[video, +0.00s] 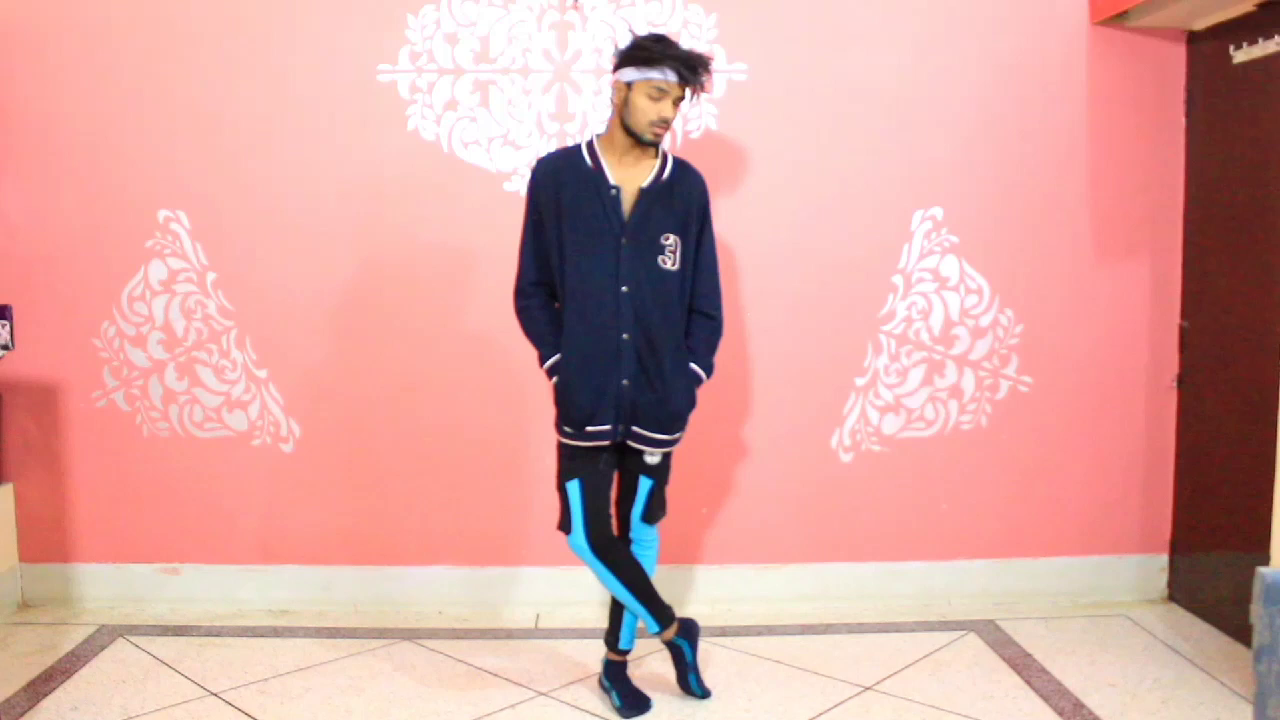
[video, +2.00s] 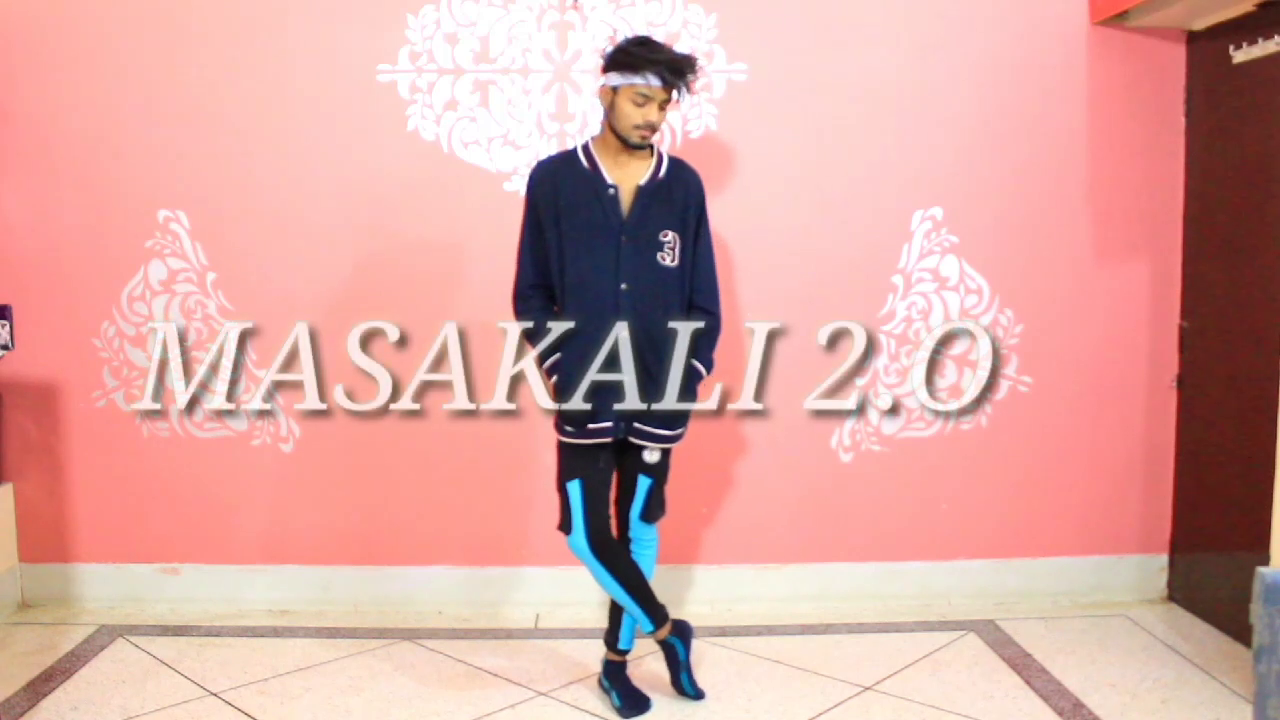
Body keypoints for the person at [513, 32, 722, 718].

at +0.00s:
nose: (666, 109)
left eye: (675, 98)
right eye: (655, 94)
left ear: (680, 105)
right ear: (619, 92)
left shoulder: (685, 183)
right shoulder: (558, 172)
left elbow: (705, 292)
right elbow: (533, 285)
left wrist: (694, 369)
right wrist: (555, 360)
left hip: (662, 386)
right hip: (585, 384)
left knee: (640, 528)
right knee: (587, 533)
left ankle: (616, 661)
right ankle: (674, 632)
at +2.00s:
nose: (652, 114)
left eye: (662, 102)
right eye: (640, 99)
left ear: (671, 106)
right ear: (607, 97)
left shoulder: (681, 181)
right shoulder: (555, 176)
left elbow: (703, 291)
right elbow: (531, 289)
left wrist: (696, 367)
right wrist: (557, 360)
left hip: (661, 383)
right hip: (585, 383)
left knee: (640, 525)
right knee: (586, 531)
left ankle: (616, 660)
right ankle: (668, 632)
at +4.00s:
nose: (669, 120)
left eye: (683, 110)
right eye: (660, 103)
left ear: (696, 117)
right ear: (635, 98)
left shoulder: (699, 196)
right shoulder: (575, 169)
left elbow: (712, 299)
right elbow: (539, 275)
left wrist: (703, 372)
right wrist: (559, 347)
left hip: (665, 386)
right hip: (588, 380)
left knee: (643, 524)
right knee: (586, 526)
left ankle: (619, 661)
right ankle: (669, 634)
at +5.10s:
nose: (618, 81)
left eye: (632, 70)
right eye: (604, 71)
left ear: (651, 84)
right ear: (587, 89)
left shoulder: (685, 175)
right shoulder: (556, 176)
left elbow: (713, 278)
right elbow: (535, 283)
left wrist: (733, 377)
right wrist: (507, 379)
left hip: (658, 385)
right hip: (578, 381)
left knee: (639, 529)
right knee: (567, 529)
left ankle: (619, 663)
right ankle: (569, 679)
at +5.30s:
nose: (606, 79)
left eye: (620, 70)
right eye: (591, 71)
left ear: (641, 88)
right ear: (575, 93)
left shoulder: (676, 173)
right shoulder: (550, 182)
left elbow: (682, 285)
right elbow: (544, 293)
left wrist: (640, 366)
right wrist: (574, 384)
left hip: (653, 380)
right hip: (577, 380)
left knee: (637, 524)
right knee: (555, 518)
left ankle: (619, 660)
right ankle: (558, 635)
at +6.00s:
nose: (566, 99)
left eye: (578, 90)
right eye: (553, 90)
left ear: (595, 104)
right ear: (535, 106)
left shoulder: (631, 177)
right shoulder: (511, 192)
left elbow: (666, 270)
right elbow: (492, 286)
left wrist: (687, 359)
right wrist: (474, 371)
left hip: (623, 358)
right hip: (554, 364)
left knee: (625, 489)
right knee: (569, 492)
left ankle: (605, 613)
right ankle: (586, 611)